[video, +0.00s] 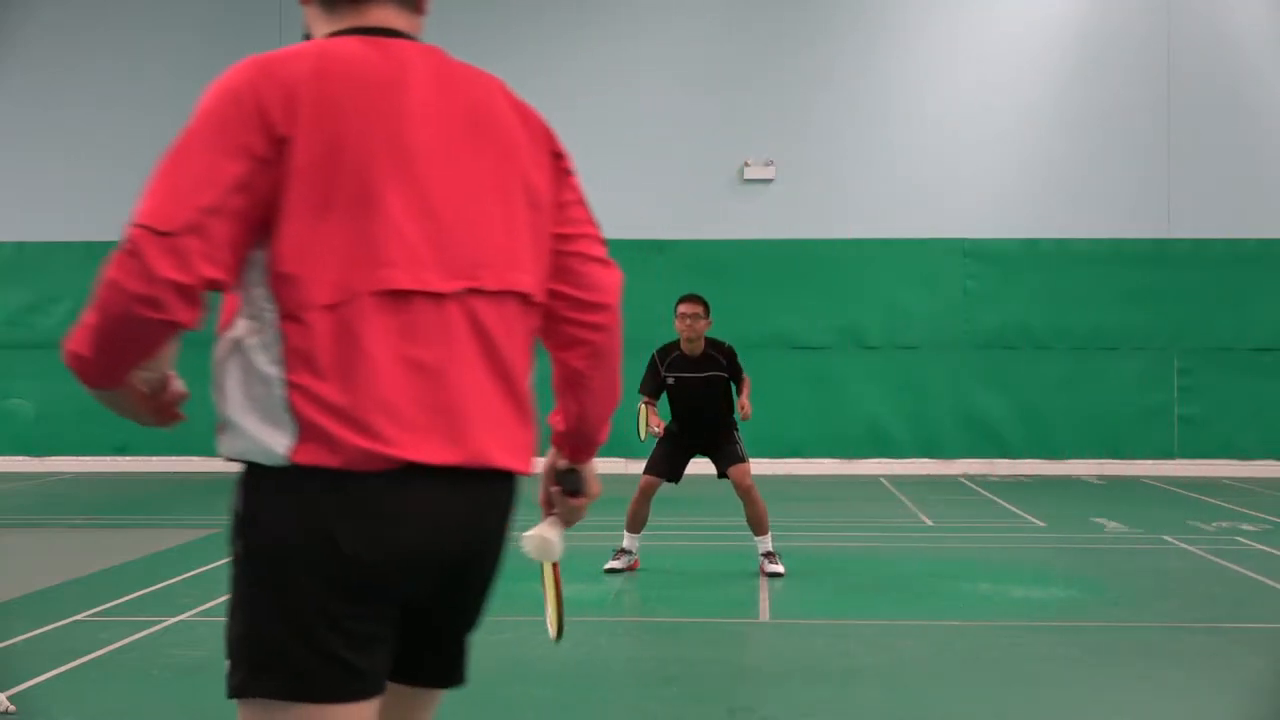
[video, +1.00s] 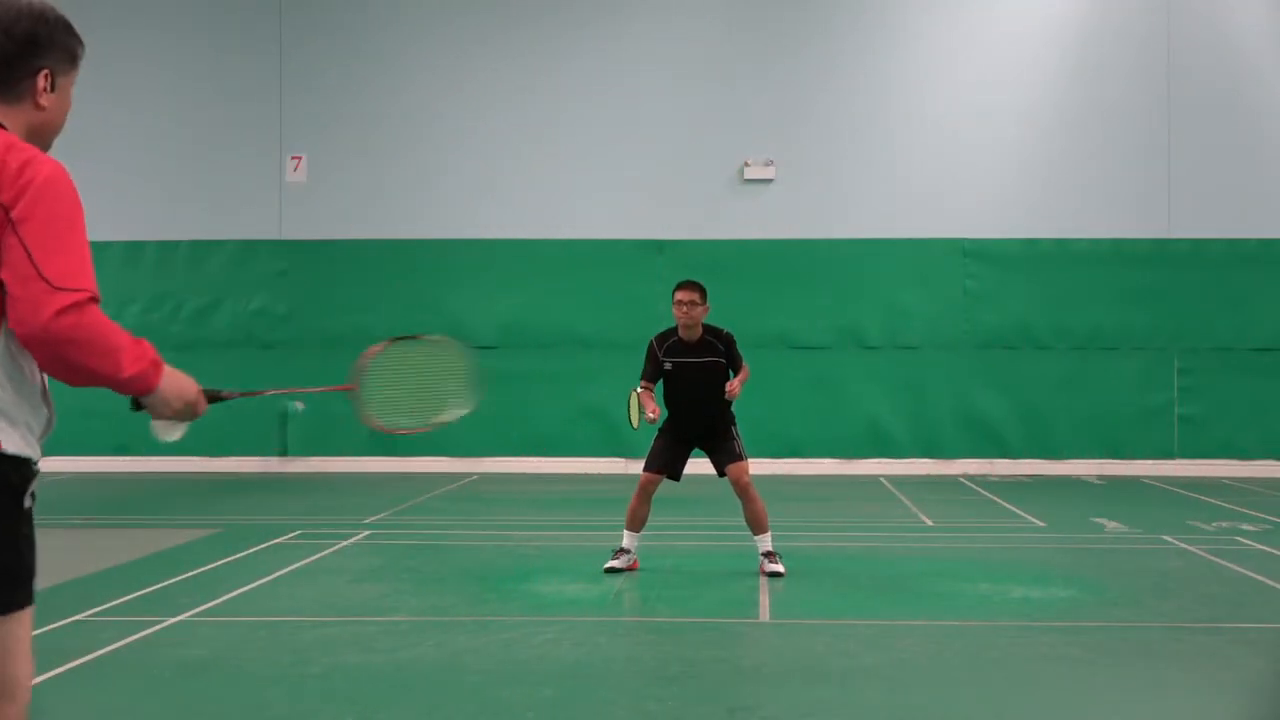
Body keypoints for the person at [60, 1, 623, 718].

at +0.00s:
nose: (304, 18)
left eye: (303, 11)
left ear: (311, 6)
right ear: (422, 10)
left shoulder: (271, 86)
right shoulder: (512, 115)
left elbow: (164, 270)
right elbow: (592, 292)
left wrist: (109, 363)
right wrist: (577, 448)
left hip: (318, 490)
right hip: (472, 496)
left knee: (307, 709)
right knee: (405, 708)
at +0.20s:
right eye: (321, 25)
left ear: (200, 28)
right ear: (314, 33)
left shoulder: (137, 123)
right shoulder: (386, 162)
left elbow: (9, 243)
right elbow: (464, 330)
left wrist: (14, 351)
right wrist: (460, 483)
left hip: (178, 500)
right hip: (328, 510)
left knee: (207, 704)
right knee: (254, 701)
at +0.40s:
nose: (250, 73)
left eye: (254, 58)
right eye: (252, 56)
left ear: (141, 38)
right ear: (232, 53)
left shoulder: (32, 118)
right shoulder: (278, 177)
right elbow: (340, 354)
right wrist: (333, 478)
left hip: (42, 483)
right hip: (199, 496)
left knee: (15, 699)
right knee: (158, 705)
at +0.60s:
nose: (174, 81)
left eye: (178, 62)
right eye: (174, 61)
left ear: (62, 49)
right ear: (135, 55)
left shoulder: (4, 117)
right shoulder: (171, 170)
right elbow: (233, 336)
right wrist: (264, 397)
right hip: (94, 470)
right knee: (105, 704)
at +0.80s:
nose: (91, 112)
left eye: (95, 92)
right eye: (93, 91)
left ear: (7, 81)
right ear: (67, 91)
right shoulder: (49, 180)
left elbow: (117, 332)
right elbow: (119, 328)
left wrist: (226, 365)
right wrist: (239, 364)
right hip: (15, 480)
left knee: (67, 697)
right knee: (72, 699)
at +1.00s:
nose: (69, 108)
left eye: (69, 89)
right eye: (70, 88)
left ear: (19, 86)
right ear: (44, 86)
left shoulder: (22, 175)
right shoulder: (27, 173)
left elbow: (39, 313)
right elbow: (49, 316)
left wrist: (142, 375)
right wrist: (152, 378)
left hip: (8, 457)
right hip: (1, 456)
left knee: (13, 684)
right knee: (8, 689)